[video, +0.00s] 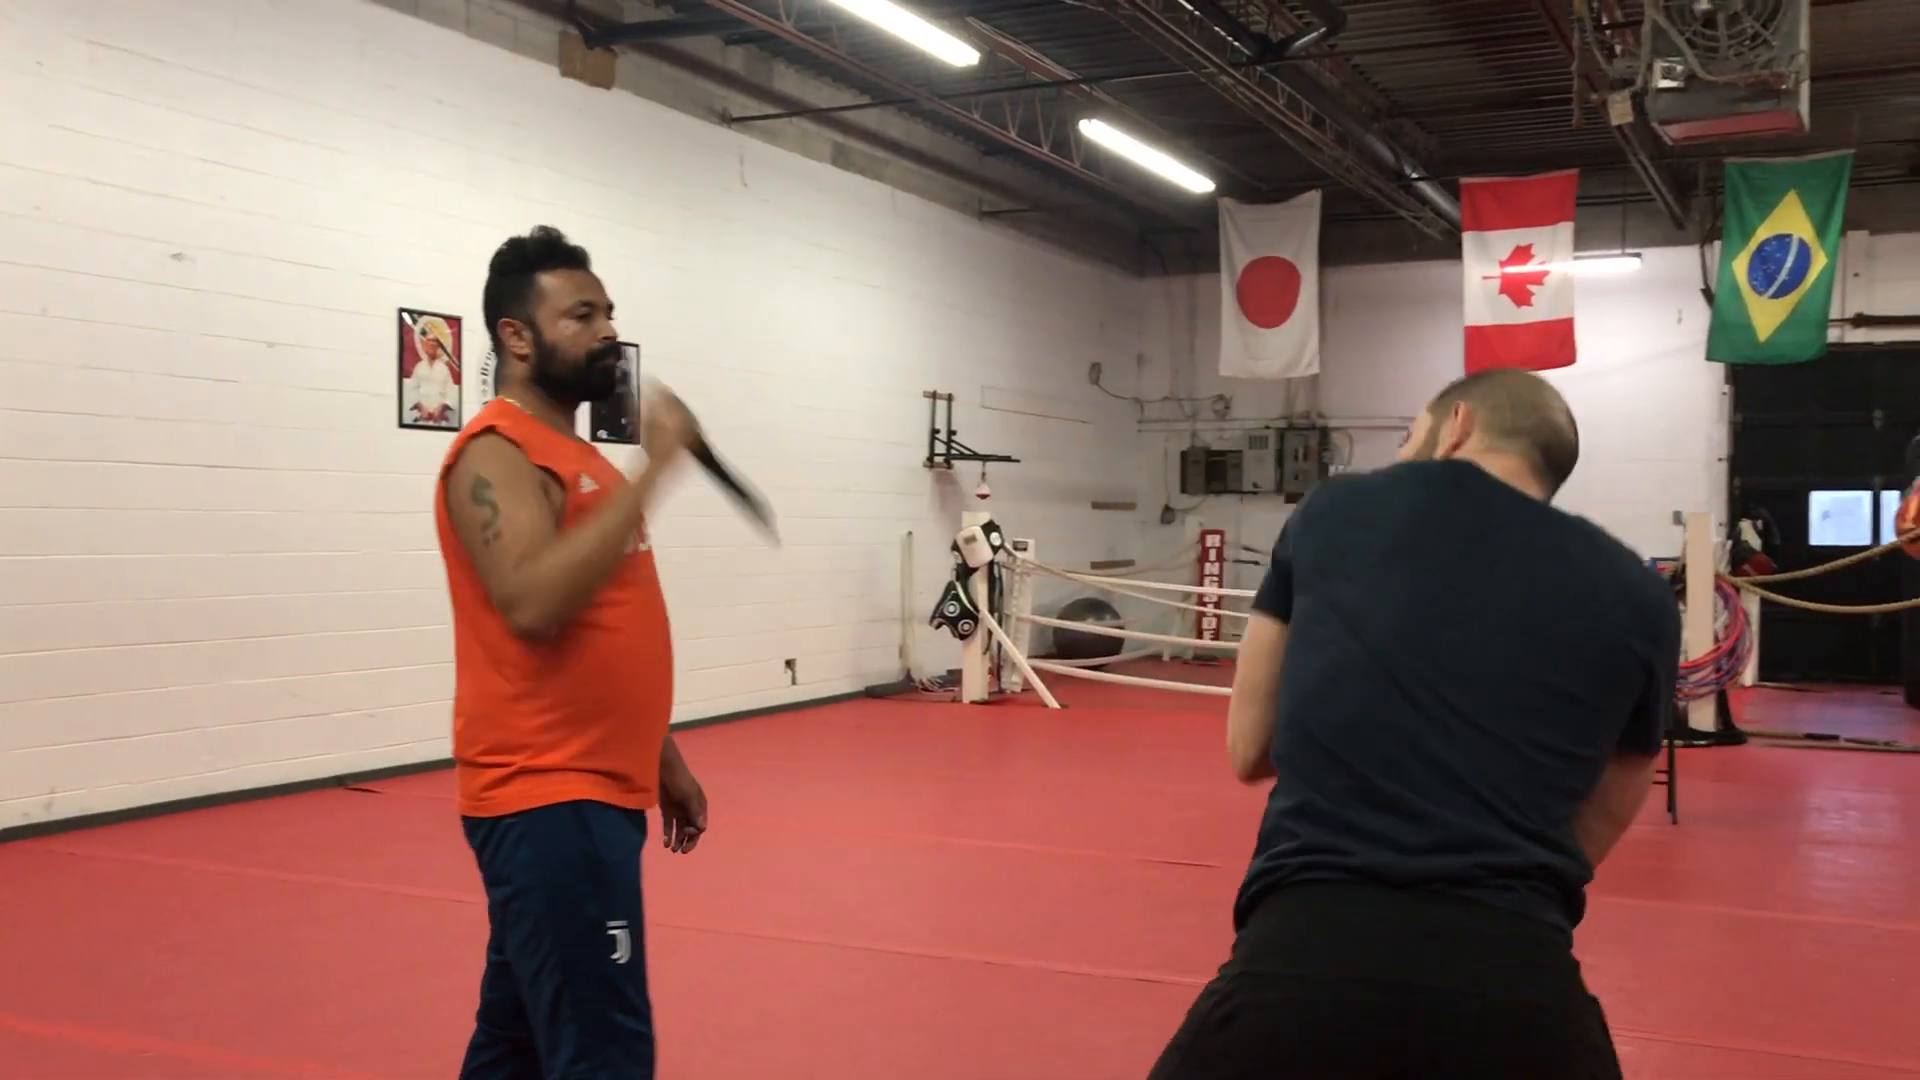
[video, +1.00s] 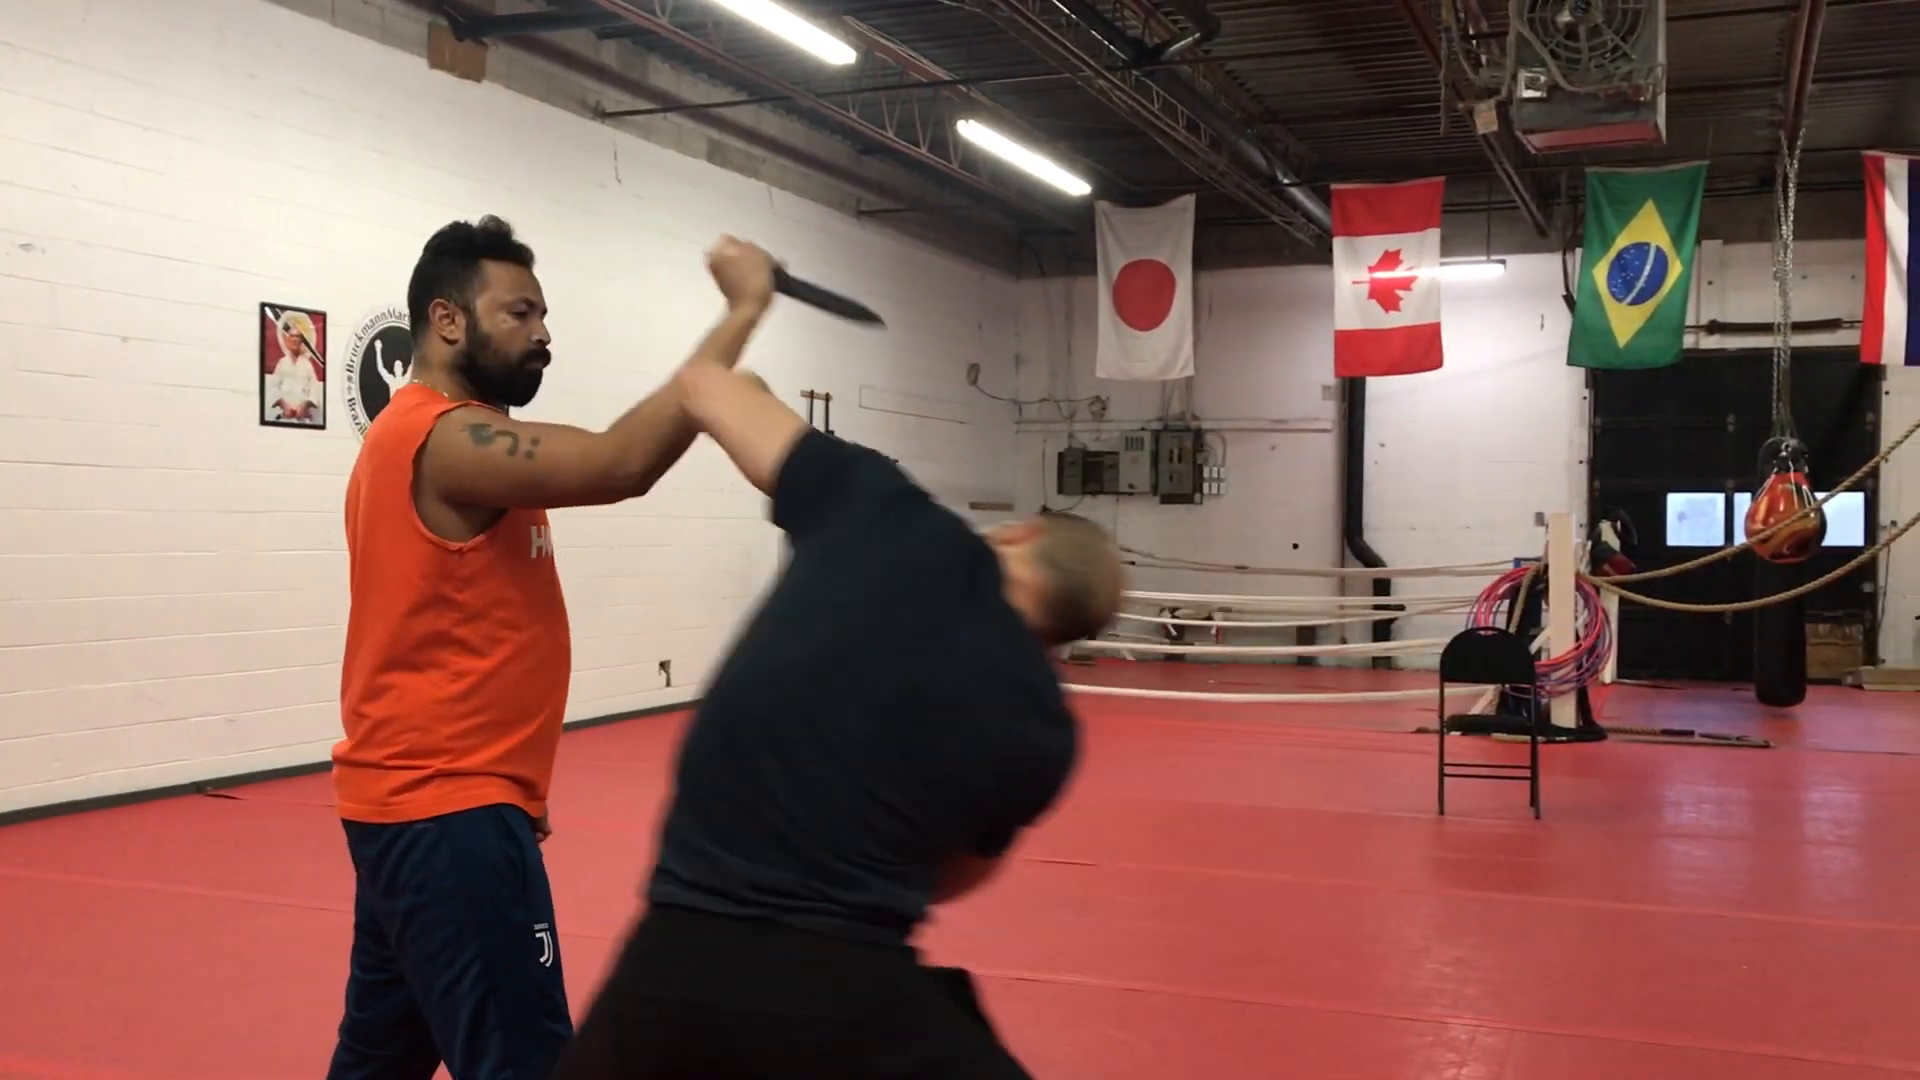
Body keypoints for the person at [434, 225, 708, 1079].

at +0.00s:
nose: (609, 331)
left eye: (607, 313)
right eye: (582, 315)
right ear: (514, 338)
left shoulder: (572, 456)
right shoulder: (493, 456)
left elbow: (602, 628)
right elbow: (530, 602)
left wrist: (663, 755)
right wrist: (655, 465)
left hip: (589, 795)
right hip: (545, 801)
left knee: (517, 1051)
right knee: (606, 1054)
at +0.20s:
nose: (570, 341)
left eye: (573, 322)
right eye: (548, 321)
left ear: (572, 327)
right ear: (486, 336)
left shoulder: (554, 465)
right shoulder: (440, 446)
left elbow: (580, 630)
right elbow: (522, 486)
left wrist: (655, 751)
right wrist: (483, 348)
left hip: (565, 796)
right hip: (504, 798)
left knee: (481, 1054)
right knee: (569, 1056)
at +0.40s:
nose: (548, 347)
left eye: (551, 327)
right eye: (525, 326)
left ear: (552, 331)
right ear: (464, 340)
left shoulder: (524, 464)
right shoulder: (416, 444)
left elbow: (549, 631)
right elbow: (500, 465)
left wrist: (622, 759)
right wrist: (461, 341)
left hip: (538, 795)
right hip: (482, 800)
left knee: (461, 1056)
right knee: (563, 1057)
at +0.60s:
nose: (541, 342)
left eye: (542, 325)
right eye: (524, 321)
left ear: (455, 339)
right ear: (453, 334)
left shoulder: (489, 442)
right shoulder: (422, 441)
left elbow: (508, 634)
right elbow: (534, 446)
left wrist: (575, 772)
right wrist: (500, 312)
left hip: (507, 796)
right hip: (473, 802)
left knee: (439, 1054)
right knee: (566, 1058)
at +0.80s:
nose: (547, 336)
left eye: (546, 318)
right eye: (522, 315)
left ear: (457, 331)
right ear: (449, 324)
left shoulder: (459, 430)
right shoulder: (442, 435)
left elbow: (478, 635)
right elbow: (590, 444)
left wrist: (540, 786)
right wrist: (626, 267)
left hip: (467, 800)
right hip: (465, 807)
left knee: (408, 1056)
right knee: (546, 1058)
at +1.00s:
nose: (545, 335)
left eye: (543, 314)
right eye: (522, 312)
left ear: (449, 329)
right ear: (448, 322)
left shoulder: (404, 433)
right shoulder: (451, 436)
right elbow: (624, 462)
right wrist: (743, 313)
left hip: (406, 801)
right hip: (452, 807)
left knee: (380, 1058)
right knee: (525, 1059)